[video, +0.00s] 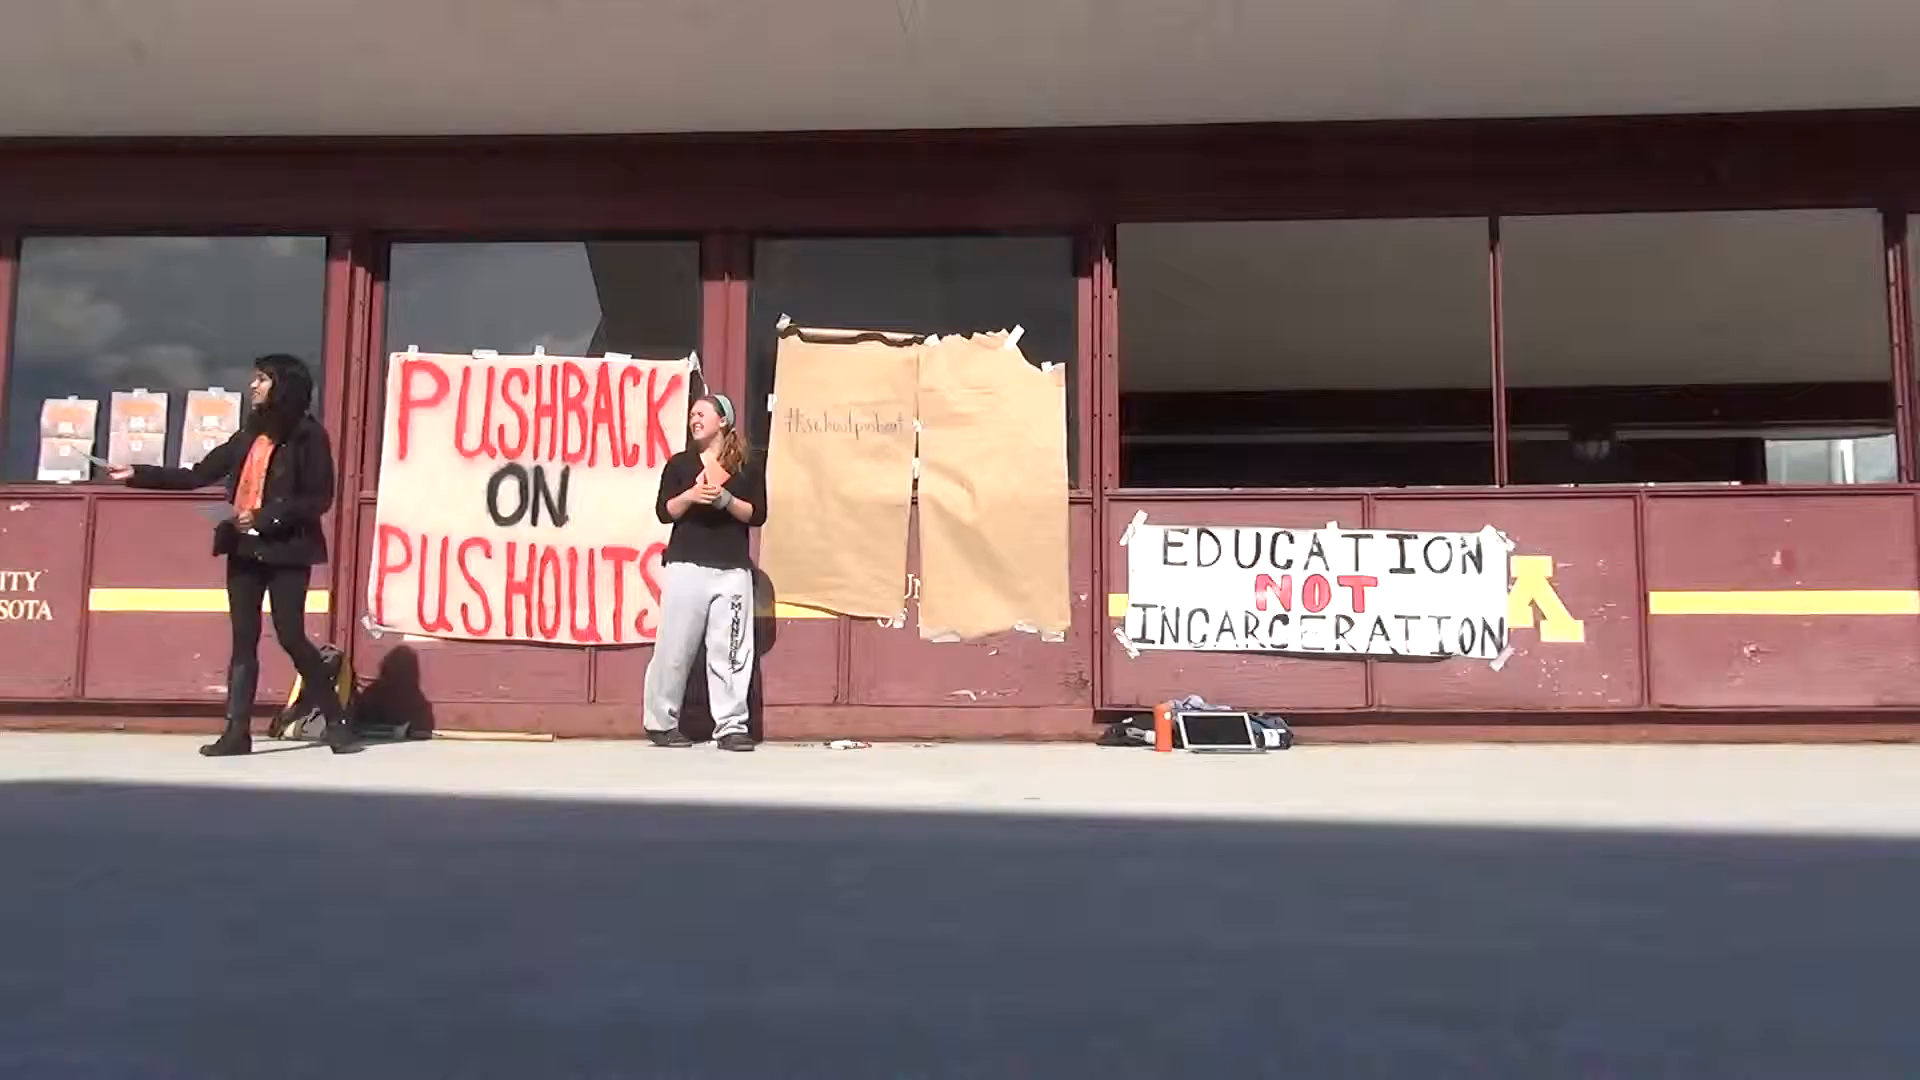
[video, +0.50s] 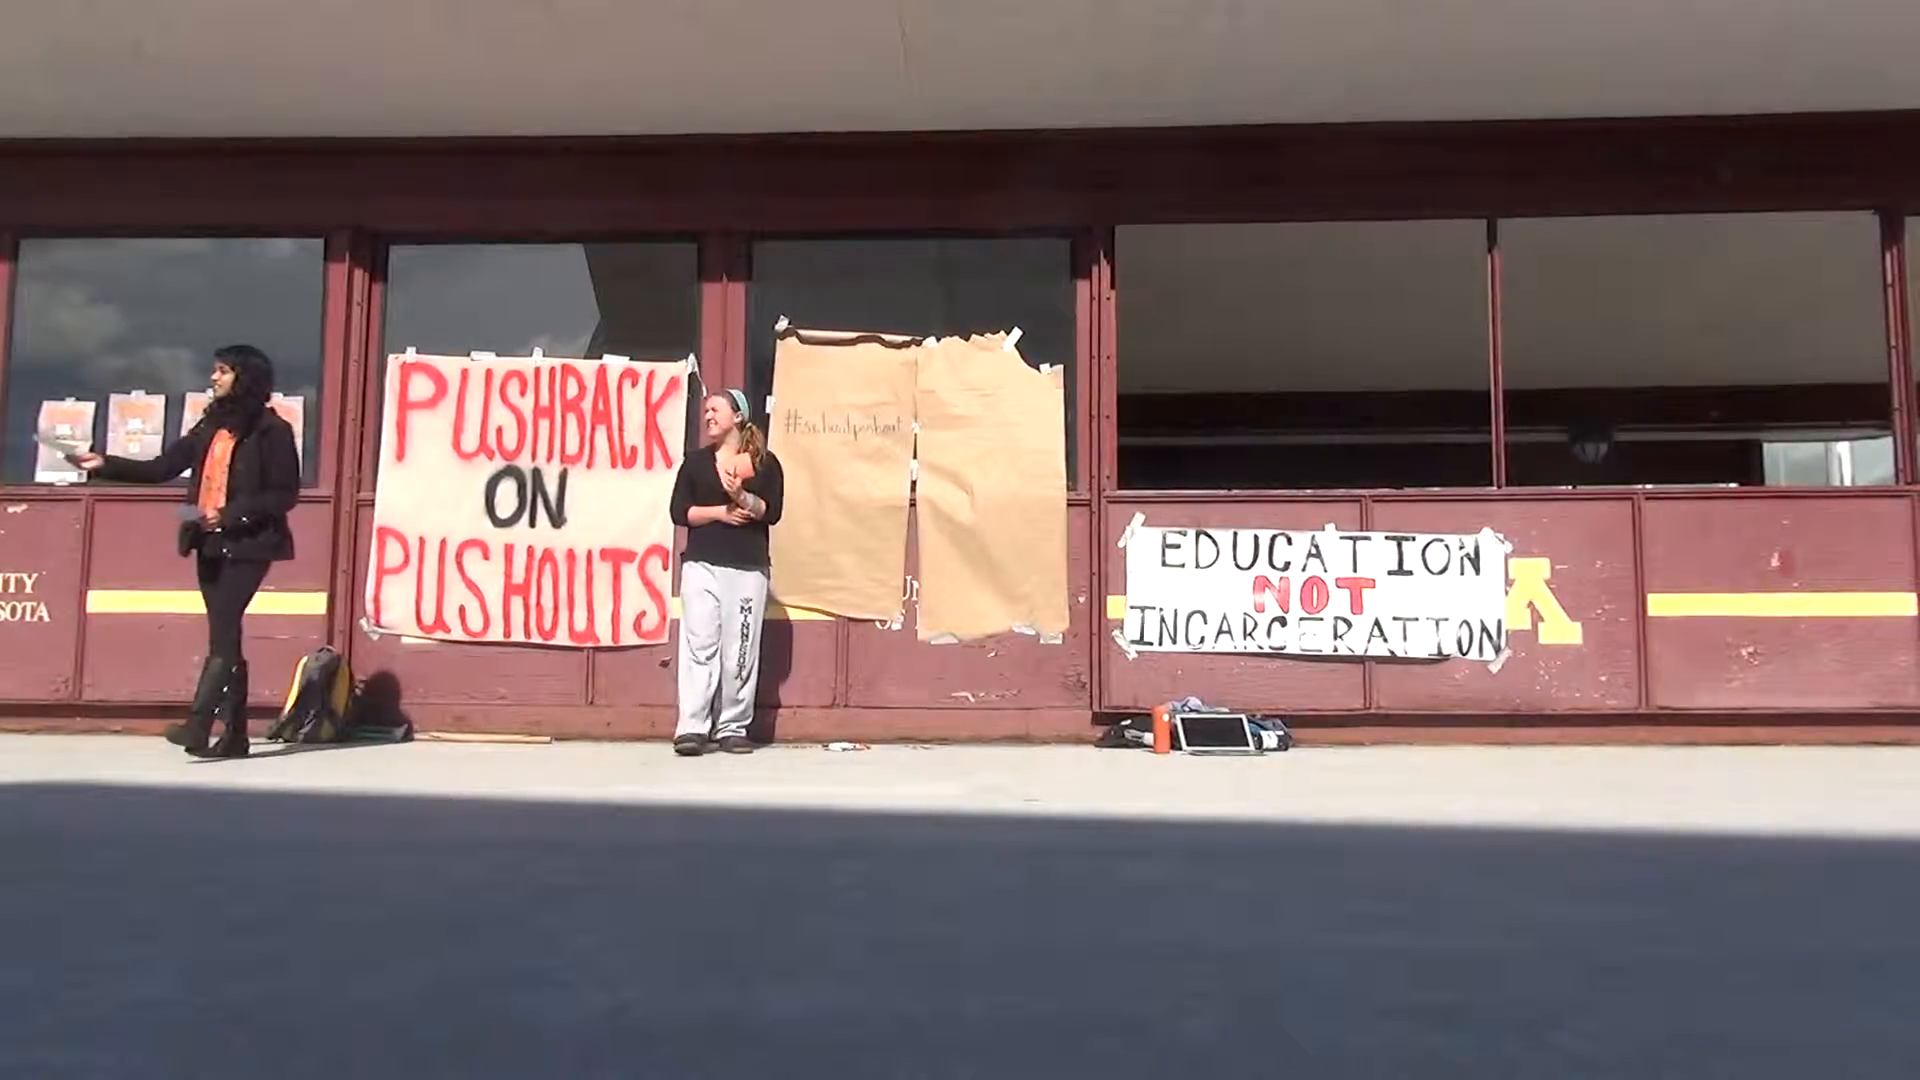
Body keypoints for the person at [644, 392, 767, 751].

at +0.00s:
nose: (694, 419)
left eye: (702, 414)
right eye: (693, 414)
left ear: (723, 421)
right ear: (690, 421)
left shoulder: (747, 463)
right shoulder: (678, 463)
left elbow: (757, 515)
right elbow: (664, 513)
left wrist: (726, 499)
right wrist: (689, 496)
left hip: (732, 568)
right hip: (686, 566)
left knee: (731, 651)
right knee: (675, 649)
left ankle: (732, 727)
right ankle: (662, 725)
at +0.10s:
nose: (699, 419)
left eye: (707, 414)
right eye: (698, 414)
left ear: (729, 420)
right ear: (695, 421)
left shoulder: (755, 466)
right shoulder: (684, 464)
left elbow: (764, 514)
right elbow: (670, 513)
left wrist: (736, 498)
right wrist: (701, 503)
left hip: (740, 568)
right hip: (693, 566)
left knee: (738, 650)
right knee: (681, 647)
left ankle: (733, 727)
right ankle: (670, 723)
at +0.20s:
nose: (703, 419)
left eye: (711, 413)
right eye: (703, 414)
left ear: (734, 419)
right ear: (702, 420)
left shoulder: (760, 465)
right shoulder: (691, 463)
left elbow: (770, 514)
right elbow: (676, 514)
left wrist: (744, 497)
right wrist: (714, 505)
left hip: (745, 567)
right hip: (698, 565)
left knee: (741, 647)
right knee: (687, 645)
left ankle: (732, 726)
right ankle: (675, 719)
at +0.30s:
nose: (707, 418)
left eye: (714, 412)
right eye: (706, 412)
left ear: (737, 418)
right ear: (707, 418)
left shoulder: (764, 463)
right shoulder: (694, 462)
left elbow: (773, 514)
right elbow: (680, 513)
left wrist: (751, 498)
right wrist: (720, 507)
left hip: (748, 567)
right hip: (700, 564)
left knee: (742, 647)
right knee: (688, 643)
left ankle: (732, 727)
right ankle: (680, 721)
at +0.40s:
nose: (708, 417)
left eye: (715, 411)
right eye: (707, 411)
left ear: (737, 417)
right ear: (709, 417)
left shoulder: (765, 462)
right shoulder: (695, 461)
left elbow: (773, 513)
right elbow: (680, 512)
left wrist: (746, 495)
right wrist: (720, 511)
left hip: (748, 566)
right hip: (701, 563)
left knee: (741, 646)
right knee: (696, 645)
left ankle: (732, 728)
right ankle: (687, 729)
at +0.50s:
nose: (708, 416)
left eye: (715, 410)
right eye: (707, 411)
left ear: (738, 416)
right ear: (709, 416)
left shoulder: (765, 462)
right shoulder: (695, 461)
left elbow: (772, 514)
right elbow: (679, 512)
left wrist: (739, 494)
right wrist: (718, 513)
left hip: (747, 566)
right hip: (701, 563)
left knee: (740, 647)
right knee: (699, 646)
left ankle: (733, 728)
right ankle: (691, 728)